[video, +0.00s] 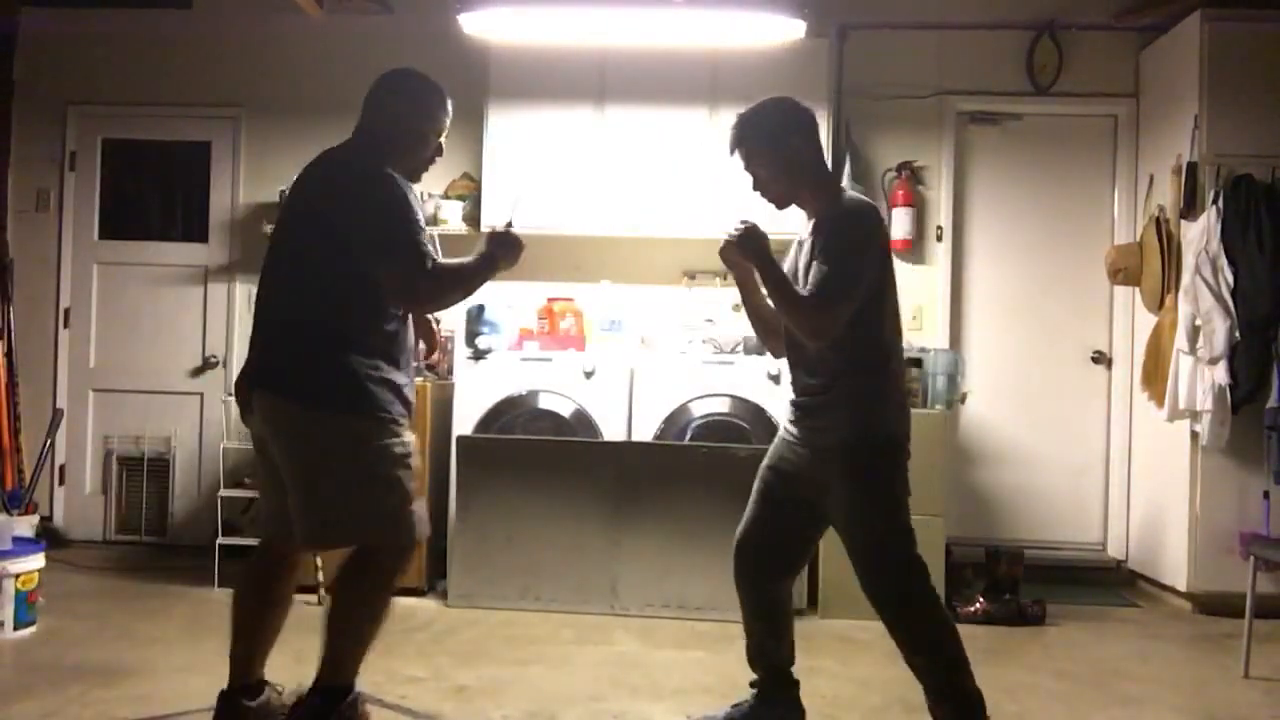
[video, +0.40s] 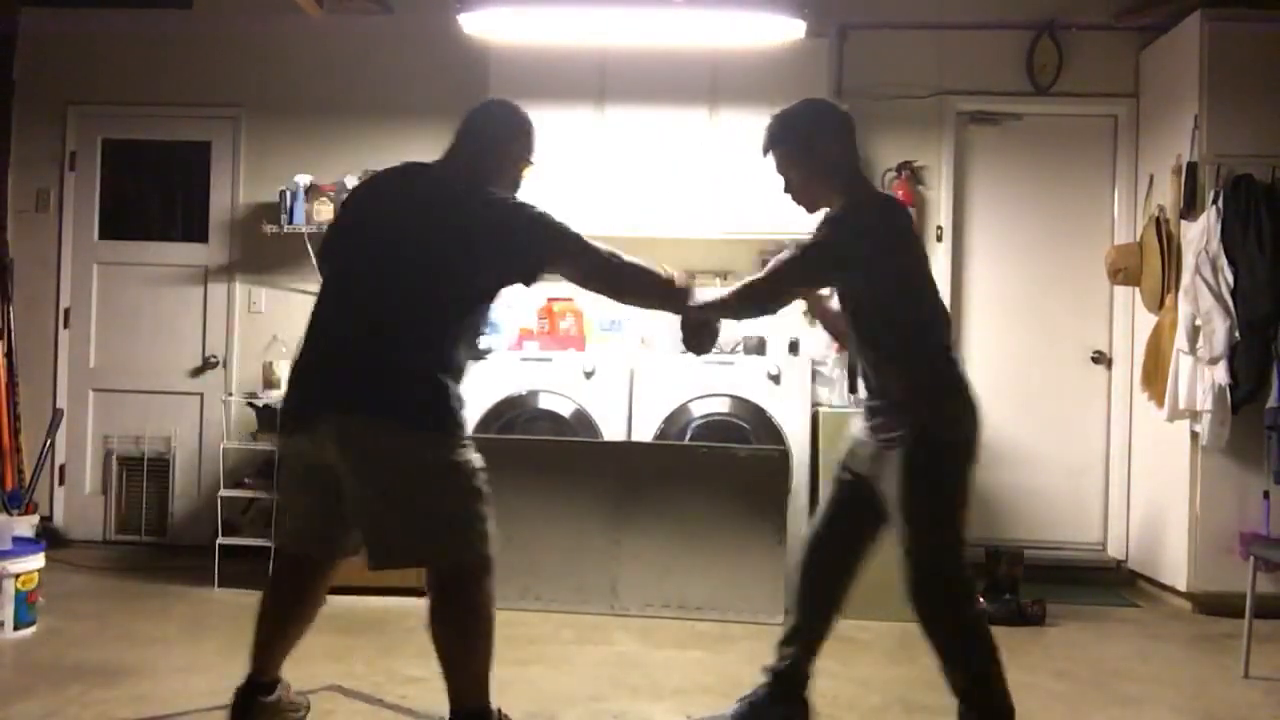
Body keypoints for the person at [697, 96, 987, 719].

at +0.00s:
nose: (752, 184)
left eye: (756, 167)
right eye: (747, 171)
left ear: (795, 153)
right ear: (794, 159)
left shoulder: (852, 218)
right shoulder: (807, 238)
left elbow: (818, 329)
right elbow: (777, 341)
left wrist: (763, 263)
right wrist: (745, 279)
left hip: (862, 438)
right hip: (805, 432)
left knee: (895, 585)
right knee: (757, 559)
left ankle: (962, 711)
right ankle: (775, 695)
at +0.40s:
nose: (783, 184)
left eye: (786, 167)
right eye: (778, 170)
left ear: (826, 154)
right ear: (833, 156)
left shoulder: (857, 221)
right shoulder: (869, 218)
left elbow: (766, 290)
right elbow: (874, 340)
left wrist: (706, 305)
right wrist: (818, 303)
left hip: (928, 427)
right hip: (880, 424)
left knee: (936, 586)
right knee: (822, 561)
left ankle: (989, 712)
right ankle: (784, 693)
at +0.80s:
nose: (842, 174)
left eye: (847, 157)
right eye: (838, 160)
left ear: (890, 144)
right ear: (885, 149)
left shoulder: (938, 217)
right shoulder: (906, 224)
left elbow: (928, 329)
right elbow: (904, 319)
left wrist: (853, 296)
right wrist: (851, 297)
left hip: (939, 433)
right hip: (891, 430)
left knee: (941, 600)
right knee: (844, 564)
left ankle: (990, 715)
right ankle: (853, 695)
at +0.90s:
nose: (844, 170)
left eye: (851, 153)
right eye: (840, 156)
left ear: (896, 145)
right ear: (872, 154)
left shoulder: (958, 218)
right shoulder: (878, 246)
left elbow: (937, 318)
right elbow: (854, 342)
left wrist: (855, 268)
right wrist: (823, 288)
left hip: (943, 433)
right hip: (879, 429)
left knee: (945, 596)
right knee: (838, 569)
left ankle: (989, 715)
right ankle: (850, 697)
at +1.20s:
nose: (852, 183)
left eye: (858, 166)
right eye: (847, 171)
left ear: (901, 150)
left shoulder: (975, 225)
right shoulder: (878, 245)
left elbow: (970, 332)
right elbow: (845, 342)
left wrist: (882, 269)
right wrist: (824, 270)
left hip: (953, 441)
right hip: (879, 434)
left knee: (986, 598)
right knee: (837, 570)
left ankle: (1038, 715)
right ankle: (848, 700)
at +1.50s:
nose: (838, 175)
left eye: (846, 158)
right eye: (834, 161)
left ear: (892, 149)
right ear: (870, 161)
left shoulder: (952, 230)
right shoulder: (874, 248)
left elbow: (943, 334)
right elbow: (847, 351)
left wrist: (859, 280)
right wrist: (822, 285)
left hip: (943, 439)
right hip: (878, 434)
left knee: (976, 601)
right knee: (821, 564)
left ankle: (1036, 713)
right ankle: (830, 698)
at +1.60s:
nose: (832, 189)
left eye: (839, 171)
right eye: (827, 174)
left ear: (884, 161)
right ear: (872, 168)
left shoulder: (937, 237)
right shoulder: (873, 254)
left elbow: (894, 340)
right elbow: (850, 355)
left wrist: (829, 269)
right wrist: (816, 293)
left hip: (931, 443)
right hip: (870, 435)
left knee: (960, 604)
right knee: (810, 568)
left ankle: (1041, 714)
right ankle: (829, 699)